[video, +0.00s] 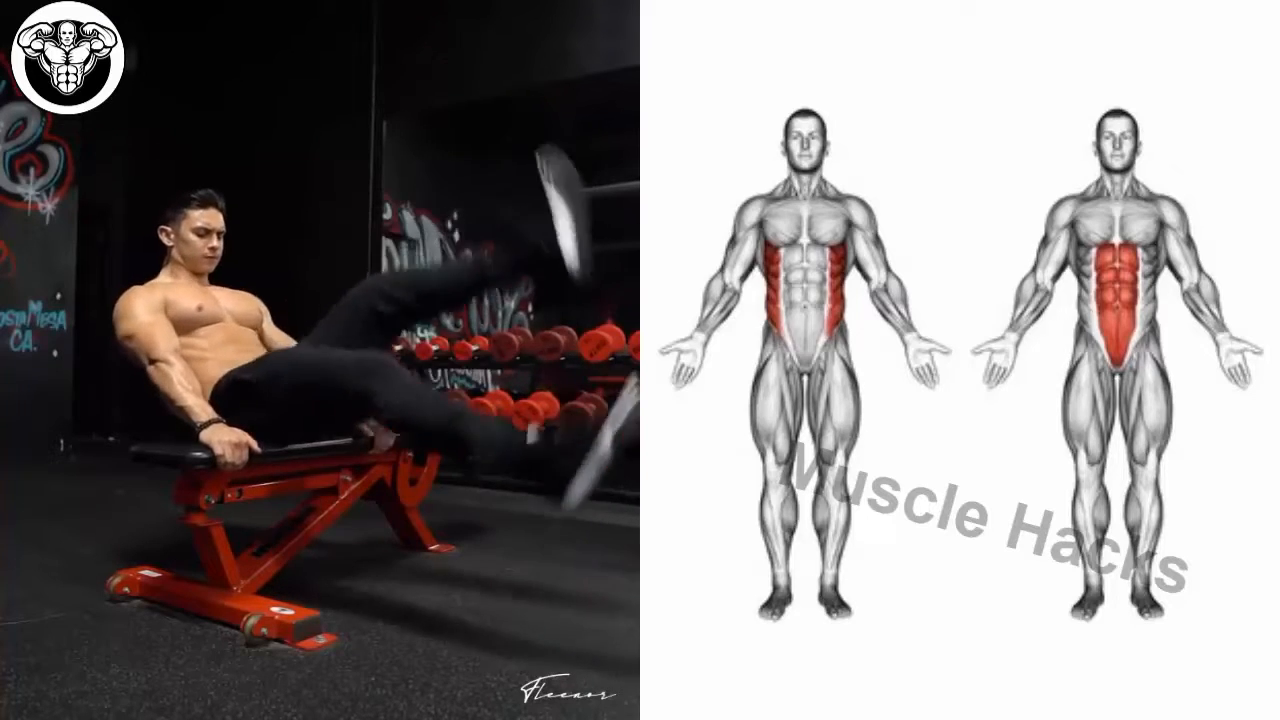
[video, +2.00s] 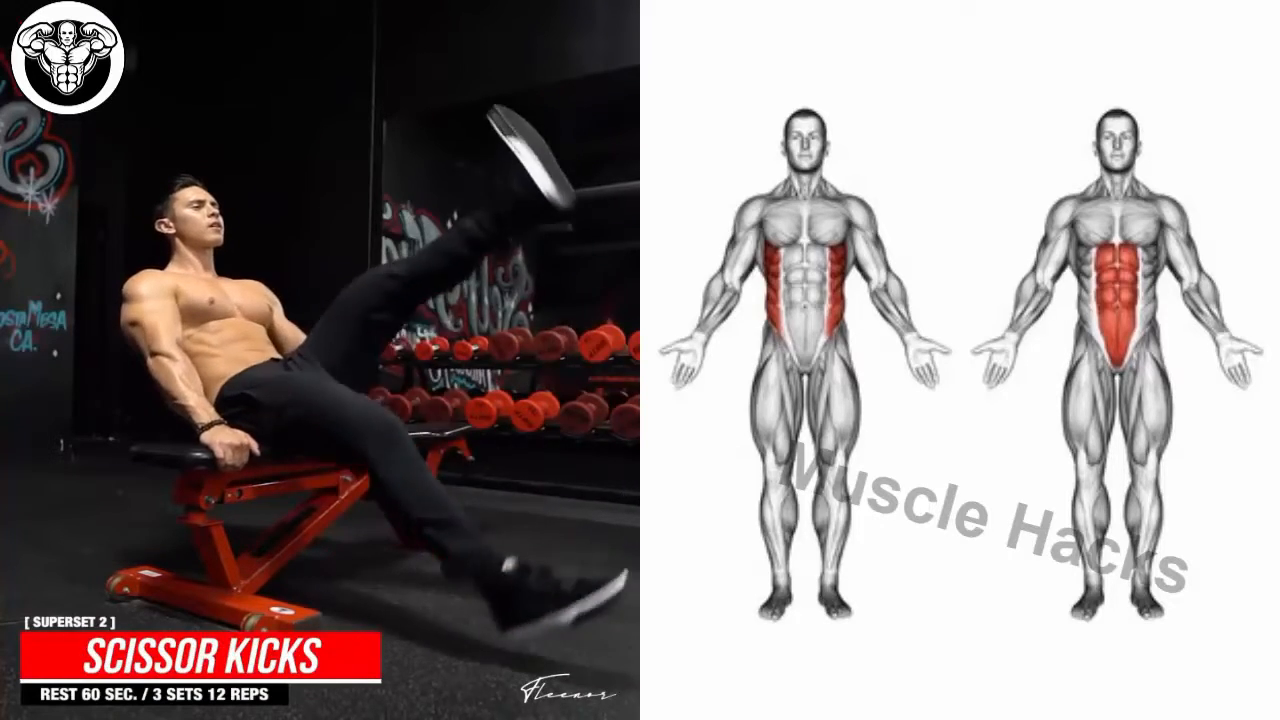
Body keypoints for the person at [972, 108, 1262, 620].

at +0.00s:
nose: (1116, 146)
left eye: (1124, 138)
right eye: (1109, 138)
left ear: (1137, 146)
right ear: (1097, 145)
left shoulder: (1164, 211)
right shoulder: (1070, 211)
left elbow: (1193, 282)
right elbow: (1041, 282)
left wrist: (1222, 336)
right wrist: (1012, 336)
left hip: (1144, 355)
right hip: (1089, 354)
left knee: (1146, 466)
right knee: (1088, 466)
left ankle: (1141, 581)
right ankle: (1092, 583)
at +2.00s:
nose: (1116, 145)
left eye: (1124, 137)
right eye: (1109, 137)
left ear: (1137, 146)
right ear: (1097, 145)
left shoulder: (1164, 211)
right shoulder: (1070, 211)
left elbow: (1193, 282)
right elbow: (1041, 282)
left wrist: (1221, 335)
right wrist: (1012, 336)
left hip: (1144, 355)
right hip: (1089, 354)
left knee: (1145, 466)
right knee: (1088, 466)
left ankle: (1141, 582)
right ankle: (1092, 583)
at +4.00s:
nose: (1116, 145)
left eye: (1124, 138)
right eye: (1108, 138)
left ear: (1137, 145)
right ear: (1096, 146)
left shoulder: (1164, 211)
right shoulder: (1070, 211)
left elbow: (1193, 282)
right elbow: (1041, 282)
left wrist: (1222, 335)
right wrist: (1012, 336)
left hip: (1144, 355)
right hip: (1089, 355)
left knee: (1145, 466)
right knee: (1088, 466)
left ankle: (1141, 581)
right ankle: (1092, 583)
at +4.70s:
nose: (1116, 145)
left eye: (1124, 137)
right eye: (1109, 137)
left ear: (1137, 145)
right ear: (1097, 145)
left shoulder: (1164, 211)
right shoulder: (1070, 211)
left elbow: (1193, 282)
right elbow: (1041, 282)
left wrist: (1221, 335)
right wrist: (1012, 336)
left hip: (1144, 355)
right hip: (1089, 354)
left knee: (1145, 466)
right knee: (1088, 466)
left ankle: (1141, 582)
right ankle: (1092, 583)